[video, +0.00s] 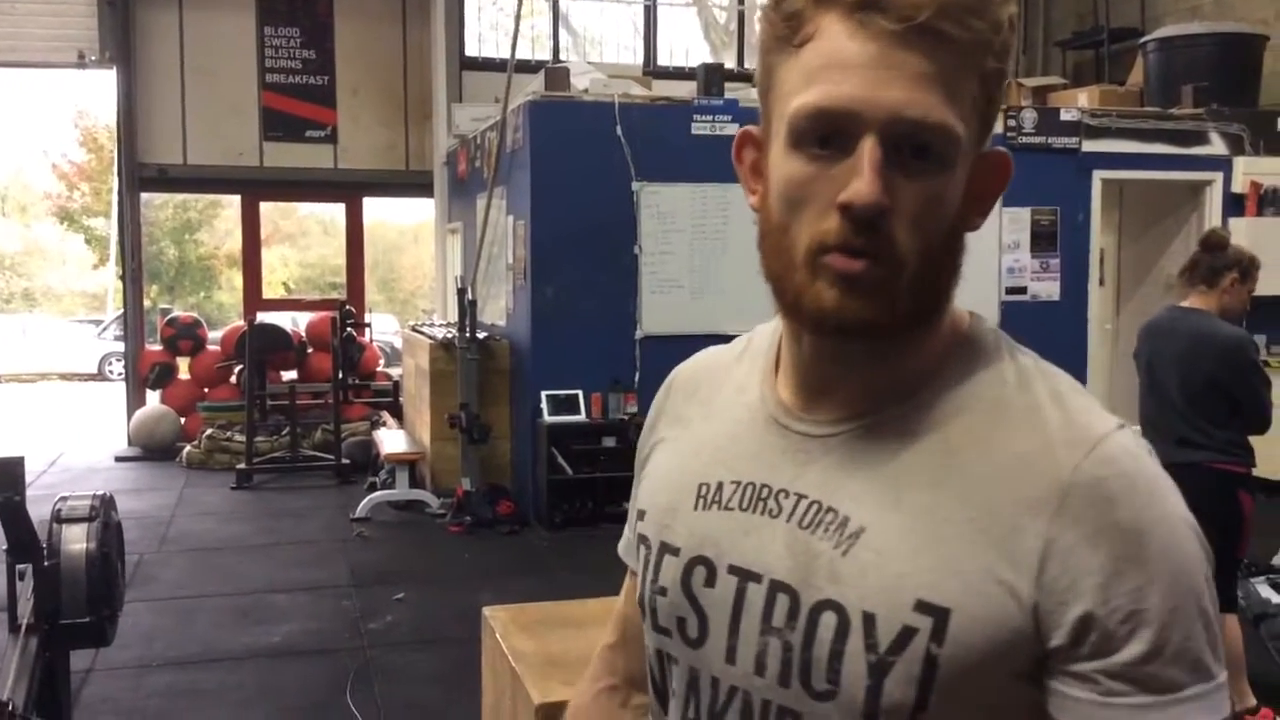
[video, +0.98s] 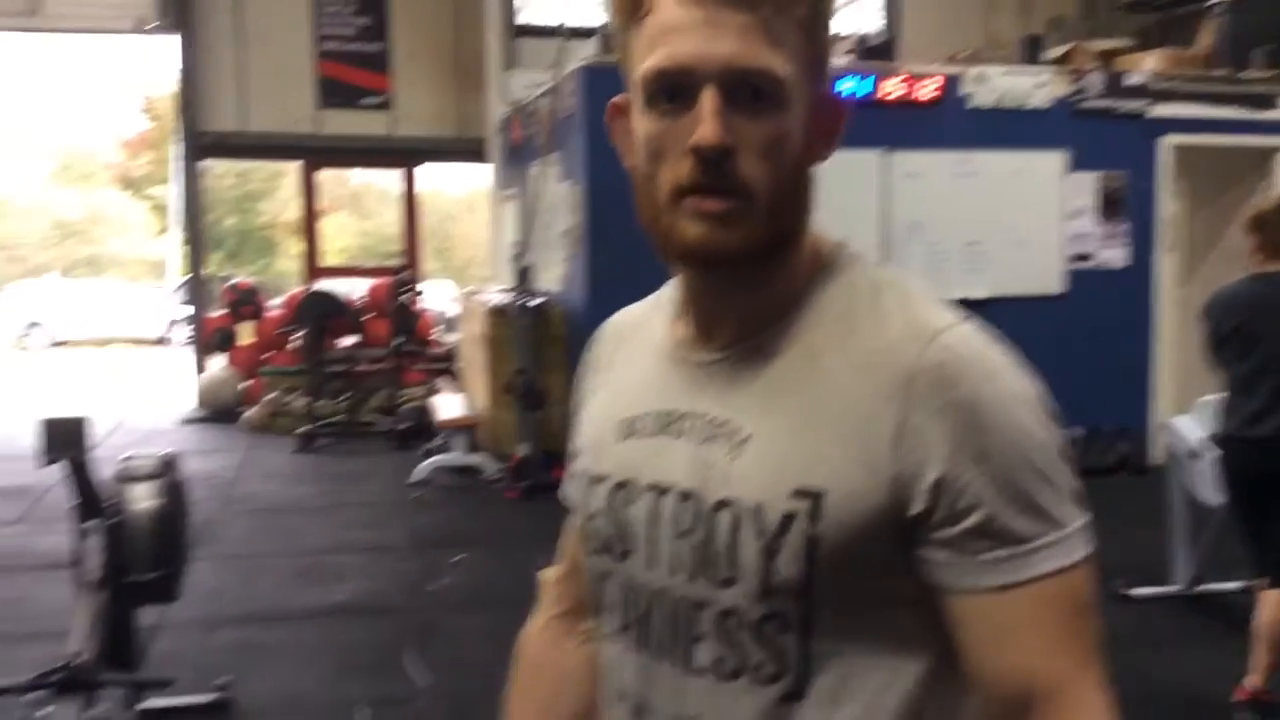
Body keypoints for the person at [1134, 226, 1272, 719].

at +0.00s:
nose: (1248, 303)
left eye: (1250, 292)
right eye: (1248, 291)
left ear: (1197, 277)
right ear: (1228, 283)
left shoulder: (1152, 330)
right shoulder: (1232, 341)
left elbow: (1155, 393)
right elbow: (1259, 417)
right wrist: (1207, 402)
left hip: (1161, 472)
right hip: (1219, 477)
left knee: (1170, 587)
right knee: (1223, 595)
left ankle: (1171, 697)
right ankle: (1240, 701)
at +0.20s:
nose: (1230, 285)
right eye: (1229, 278)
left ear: (1182, 278)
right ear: (1228, 282)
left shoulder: (1149, 331)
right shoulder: (1239, 339)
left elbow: (1154, 393)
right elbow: (1260, 417)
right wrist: (1210, 398)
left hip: (1157, 474)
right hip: (1217, 478)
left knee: (1211, 594)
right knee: (1196, 602)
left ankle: (1235, 701)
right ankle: (1170, 705)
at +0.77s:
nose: (1180, 258)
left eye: (1189, 250)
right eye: (1182, 248)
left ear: (1219, 259)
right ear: (1233, 258)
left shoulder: (1184, 311)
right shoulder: (1274, 300)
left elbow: (1165, 371)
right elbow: (1272, 365)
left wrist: (1217, 358)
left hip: (1196, 459)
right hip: (1265, 455)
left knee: (1218, 578)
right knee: (1236, 578)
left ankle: (1258, 674)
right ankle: (1206, 692)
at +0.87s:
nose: (1203, 258)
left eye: (1210, 249)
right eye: (1205, 248)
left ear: (1230, 255)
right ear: (1259, 252)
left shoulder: (1199, 310)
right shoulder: (1275, 296)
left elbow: (1185, 369)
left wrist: (1231, 368)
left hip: (1212, 452)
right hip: (1271, 449)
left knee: (1239, 571)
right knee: (1253, 575)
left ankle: (1271, 664)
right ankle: (1223, 688)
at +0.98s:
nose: (1262, 250)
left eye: (1258, 240)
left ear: (1253, 242)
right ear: (1279, 243)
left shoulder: (1227, 302)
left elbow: (1223, 360)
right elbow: (1225, 359)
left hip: (1245, 442)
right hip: (1268, 442)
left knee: (1267, 566)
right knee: (1270, 568)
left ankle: (1259, 677)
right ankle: (1256, 678)